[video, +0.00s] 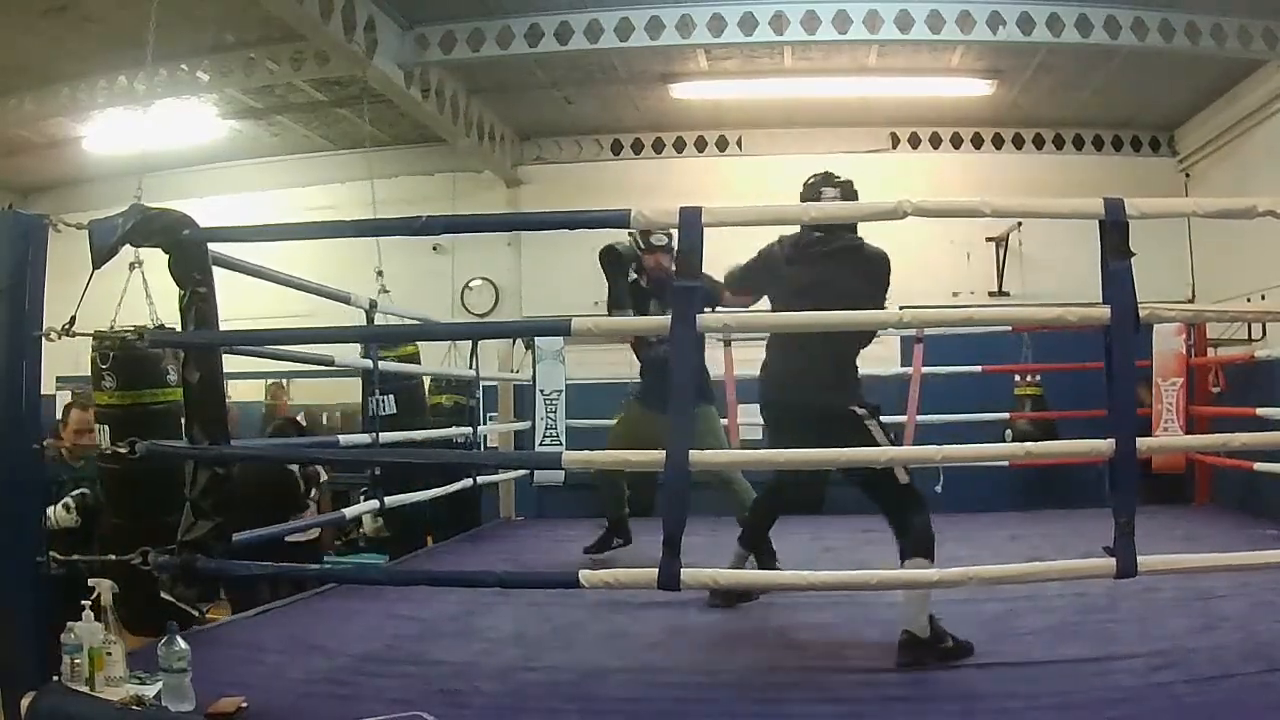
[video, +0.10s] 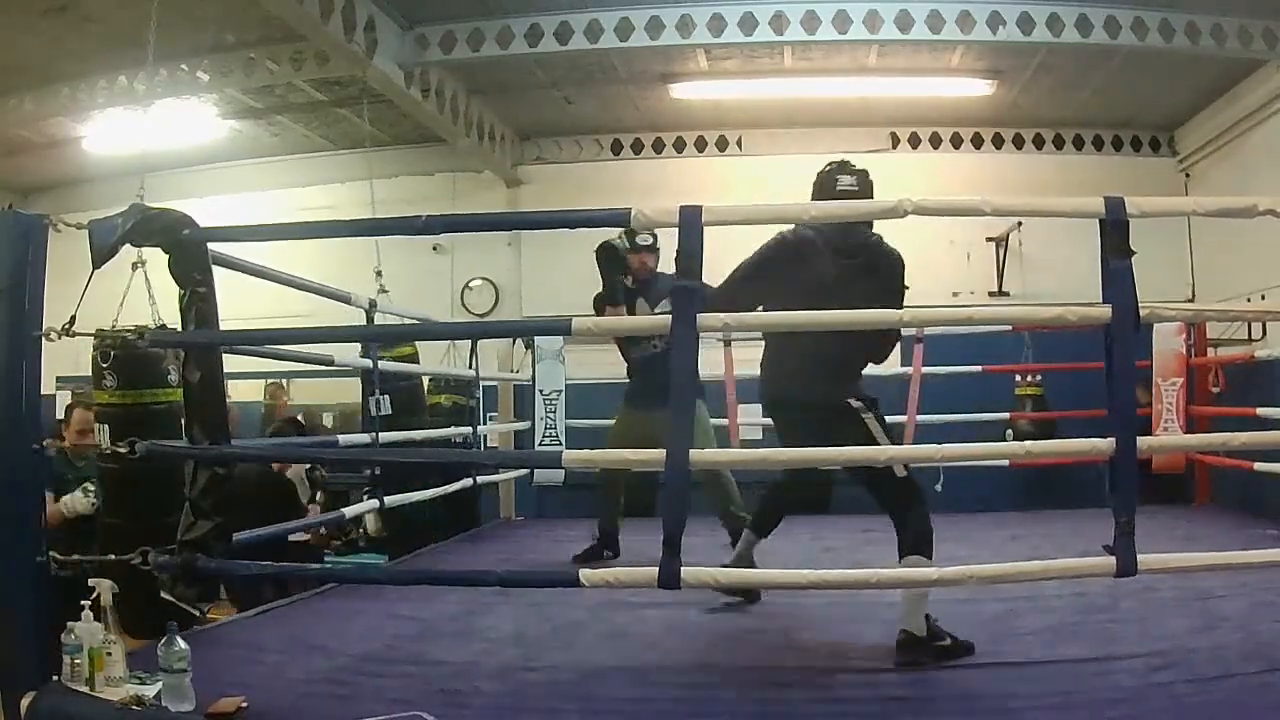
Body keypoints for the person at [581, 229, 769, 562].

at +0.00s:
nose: (658, 261)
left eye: (663, 253)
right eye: (651, 255)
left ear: (674, 254)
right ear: (639, 258)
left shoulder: (691, 286)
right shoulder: (633, 293)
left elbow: (736, 299)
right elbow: (620, 325)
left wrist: (687, 275)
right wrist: (617, 282)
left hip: (695, 402)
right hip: (649, 402)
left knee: (724, 471)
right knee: (609, 462)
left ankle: (763, 545)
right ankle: (618, 527)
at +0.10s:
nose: (643, 262)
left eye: (648, 255)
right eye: (636, 256)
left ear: (658, 257)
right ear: (624, 260)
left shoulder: (676, 287)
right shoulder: (612, 298)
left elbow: (717, 301)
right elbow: (614, 326)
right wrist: (615, 281)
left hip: (684, 397)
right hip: (640, 398)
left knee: (711, 466)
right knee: (611, 465)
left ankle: (743, 540)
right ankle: (608, 542)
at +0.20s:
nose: (638, 268)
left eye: (643, 261)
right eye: (630, 262)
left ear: (651, 263)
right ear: (614, 266)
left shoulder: (672, 296)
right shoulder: (602, 307)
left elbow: (716, 325)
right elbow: (607, 348)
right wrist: (612, 294)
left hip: (672, 411)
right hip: (628, 413)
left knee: (695, 471)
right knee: (602, 474)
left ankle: (726, 541)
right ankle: (606, 543)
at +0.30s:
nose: (641, 266)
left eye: (647, 258)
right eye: (634, 258)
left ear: (654, 260)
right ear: (617, 261)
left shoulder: (671, 294)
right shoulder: (603, 304)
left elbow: (712, 322)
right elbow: (608, 355)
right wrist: (614, 300)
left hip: (669, 413)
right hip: (626, 415)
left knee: (694, 472)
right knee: (603, 475)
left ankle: (729, 542)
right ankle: (606, 543)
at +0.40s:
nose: (653, 257)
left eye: (659, 251)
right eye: (646, 251)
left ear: (666, 254)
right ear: (630, 253)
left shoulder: (678, 288)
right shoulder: (616, 294)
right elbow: (614, 346)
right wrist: (621, 297)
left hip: (679, 406)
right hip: (636, 406)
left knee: (704, 479)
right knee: (613, 473)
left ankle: (735, 545)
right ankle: (606, 542)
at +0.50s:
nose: (666, 254)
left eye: (672, 247)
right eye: (660, 247)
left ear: (681, 247)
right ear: (645, 247)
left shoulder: (693, 276)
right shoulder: (632, 282)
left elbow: (723, 306)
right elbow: (630, 344)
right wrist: (641, 289)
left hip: (697, 399)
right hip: (653, 399)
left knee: (712, 476)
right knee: (621, 466)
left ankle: (738, 552)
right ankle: (619, 539)